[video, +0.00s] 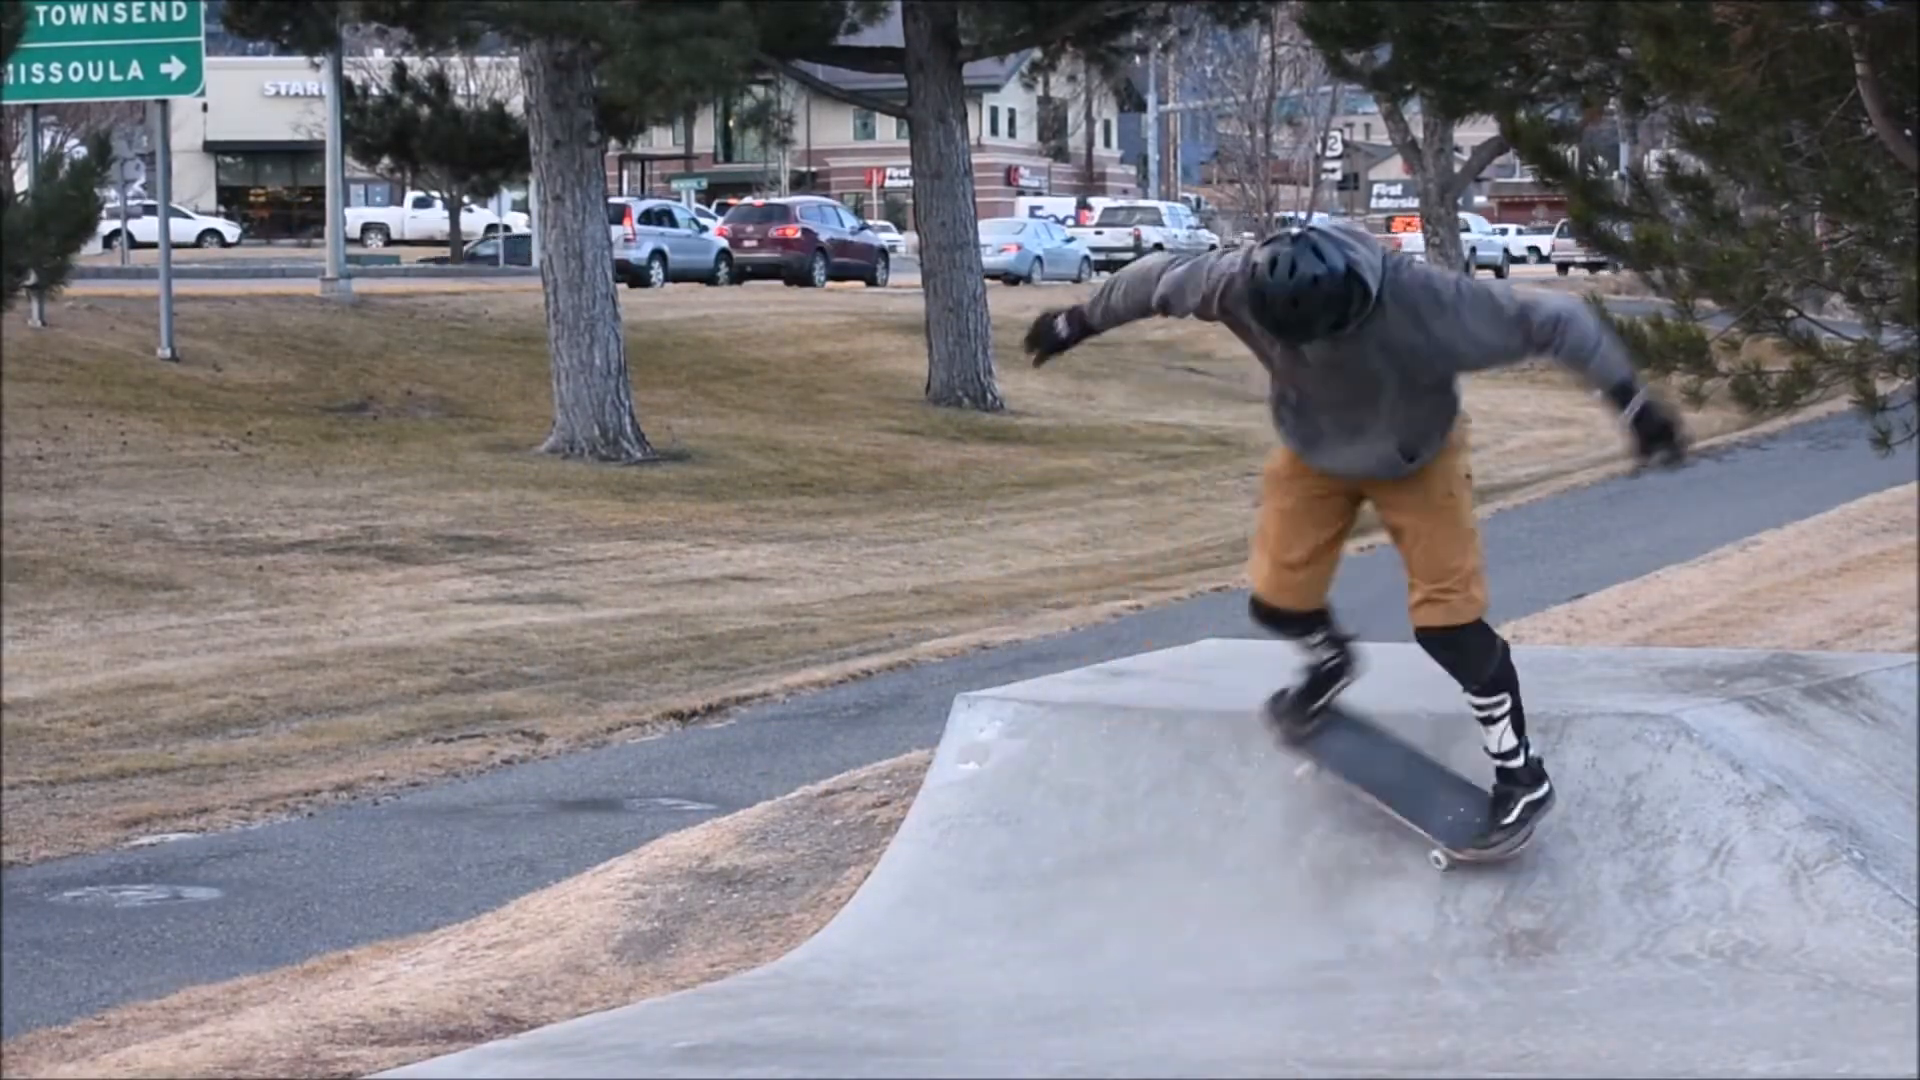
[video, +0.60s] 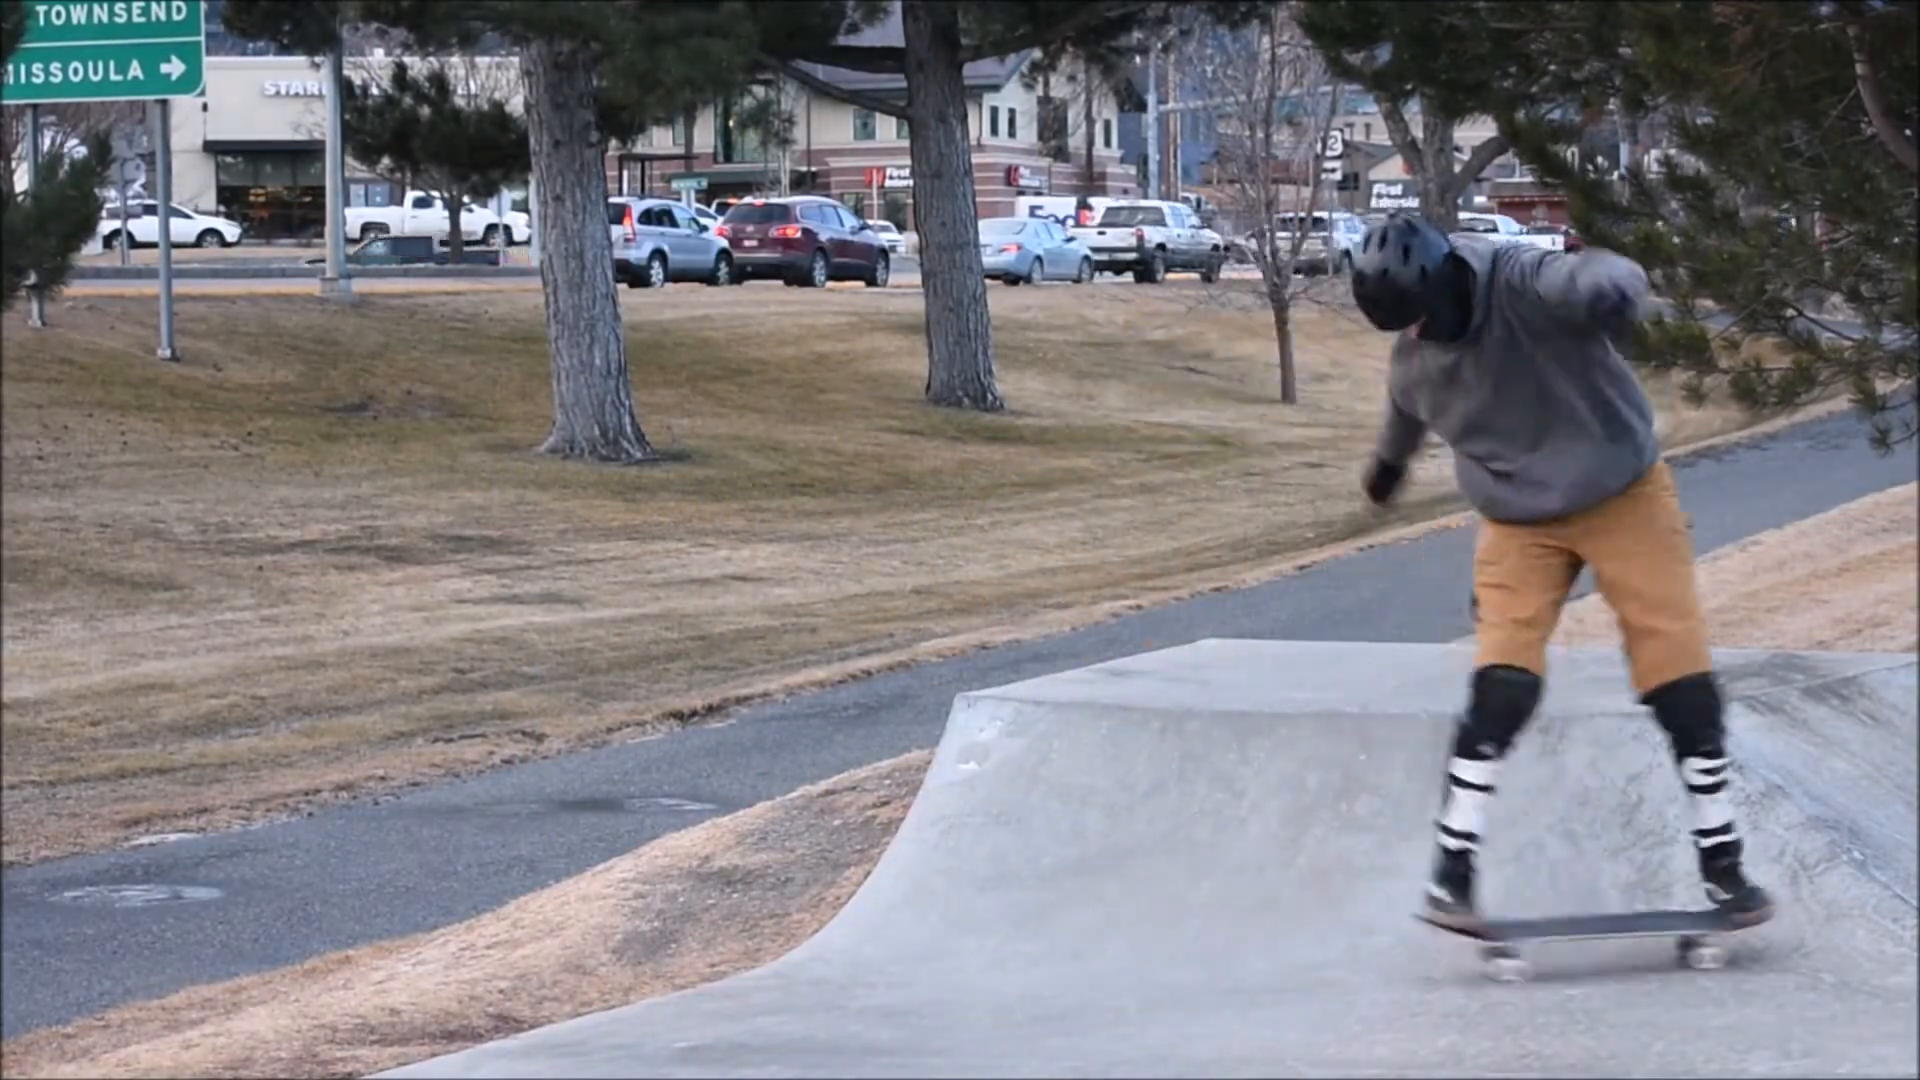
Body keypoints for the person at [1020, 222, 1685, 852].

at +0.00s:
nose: (1305, 344)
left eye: (1317, 332)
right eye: (1290, 334)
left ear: (1352, 298)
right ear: (1266, 299)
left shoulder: (1422, 298)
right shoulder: (1243, 287)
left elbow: (1555, 321)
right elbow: (1158, 281)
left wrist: (1634, 400)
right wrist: (1077, 318)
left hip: (1418, 454)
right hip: (1310, 450)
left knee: (1449, 624)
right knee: (1276, 599)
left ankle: (1518, 769)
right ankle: (1331, 663)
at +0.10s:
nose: (1282, 338)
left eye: (1289, 325)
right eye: (1271, 327)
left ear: (1319, 297)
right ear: (1260, 295)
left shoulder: (1423, 286)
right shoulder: (1266, 283)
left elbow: (1542, 257)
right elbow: (1157, 326)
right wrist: (1059, 388)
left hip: (1470, 451)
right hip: (1389, 451)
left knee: (1430, 634)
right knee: (1352, 577)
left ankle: (1502, 782)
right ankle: (1425, 661)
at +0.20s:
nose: (1277, 354)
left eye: (1279, 341)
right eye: (1267, 344)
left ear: (1305, 309)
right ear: (1269, 315)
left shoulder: (1406, 303)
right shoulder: (1297, 325)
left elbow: (1530, 300)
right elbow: (1209, 370)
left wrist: (1630, 322)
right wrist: (1129, 429)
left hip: (1516, 458)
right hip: (1447, 455)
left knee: (1439, 649)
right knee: (1374, 573)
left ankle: (1511, 796)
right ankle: (1433, 667)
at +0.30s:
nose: (1316, 335)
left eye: (1318, 323)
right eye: (1307, 327)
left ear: (1341, 291)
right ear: (1307, 306)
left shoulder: (1433, 308)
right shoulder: (1346, 332)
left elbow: (1573, 371)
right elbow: (1271, 384)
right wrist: (1187, 456)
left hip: (1538, 483)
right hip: (1468, 482)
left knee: (1446, 668)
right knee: (1385, 601)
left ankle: (1531, 824)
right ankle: (1456, 711)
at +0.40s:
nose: (1368, 319)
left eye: (1370, 303)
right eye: (1356, 310)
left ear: (1396, 266)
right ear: (1352, 289)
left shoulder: (1488, 297)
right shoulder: (1377, 321)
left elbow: (1608, 384)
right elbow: (1303, 380)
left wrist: (1629, 494)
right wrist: (1219, 446)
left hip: (1557, 495)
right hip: (1469, 502)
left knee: (1488, 684)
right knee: (1404, 649)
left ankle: (1564, 846)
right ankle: (1478, 738)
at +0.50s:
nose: (1395, 317)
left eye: (1400, 301)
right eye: (1383, 308)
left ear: (1427, 264)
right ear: (1372, 288)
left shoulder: (1513, 284)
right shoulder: (1396, 329)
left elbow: (1625, 340)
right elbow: (1345, 370)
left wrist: (1660, 428)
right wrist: (1293, 424)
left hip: (1584, 494)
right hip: (1479, 512)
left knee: (1574, 683)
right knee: (1433, 678)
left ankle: (1635, 854)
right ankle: (1439, 801)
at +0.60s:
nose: (1414, 336)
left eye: (1419, 320)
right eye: (1401, 328)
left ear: (1447, 282)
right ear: (1389, 314)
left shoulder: (1517, 278)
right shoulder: (1414, 355)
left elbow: (1590, 272)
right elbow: (1403, 415)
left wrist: (1609, 287)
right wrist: (1387, 468)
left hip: (1625, 497)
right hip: (1516, 518)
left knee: (1686, 697)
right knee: (1501, 695)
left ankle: (1723, 866)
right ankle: (1453, 867)